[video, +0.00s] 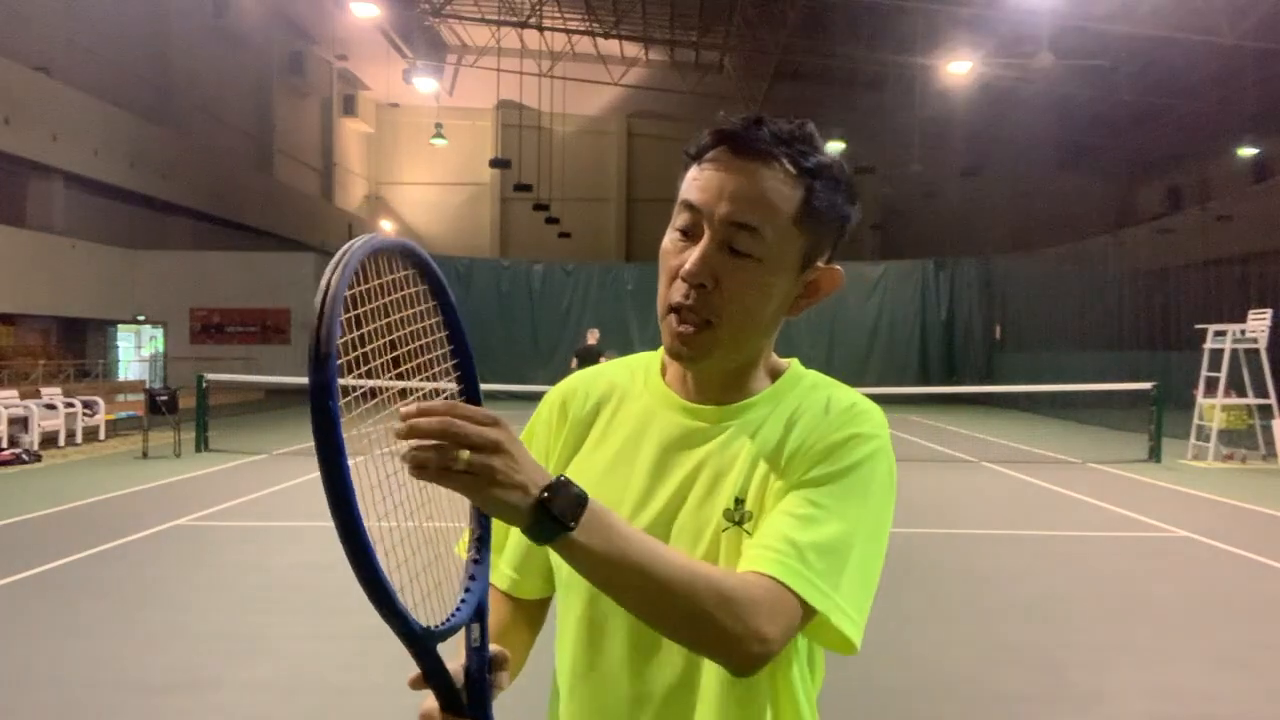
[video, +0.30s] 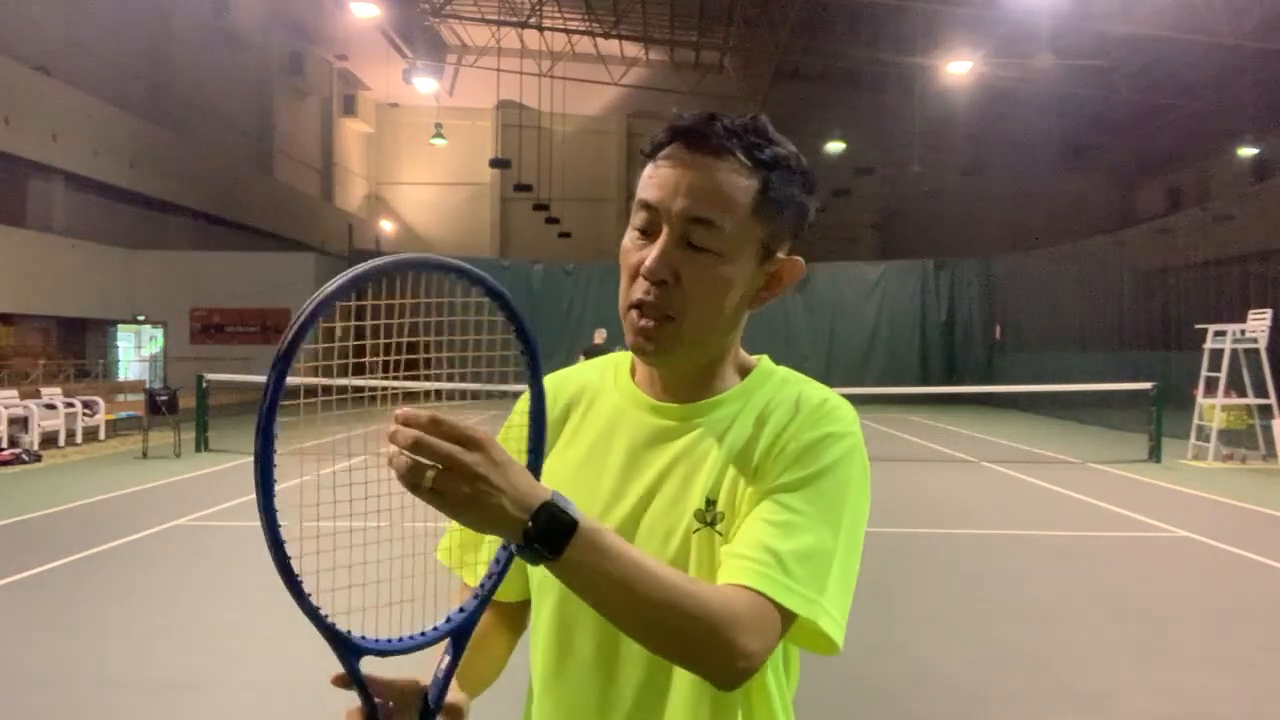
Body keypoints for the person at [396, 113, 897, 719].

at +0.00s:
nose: (692, 268)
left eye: (740, 247)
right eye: (686, 230)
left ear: (808, 290)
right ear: (665, 233)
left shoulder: (839, 432)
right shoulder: (576, 404)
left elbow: (751, 628)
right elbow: (511, 595)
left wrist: (544, 501)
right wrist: (476, 670)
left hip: (741, 715)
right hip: (584, 711)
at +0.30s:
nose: (653, 264)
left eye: (699, 240)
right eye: (644, 227)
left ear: (772, 280)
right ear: (625, 232)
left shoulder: (810, 428)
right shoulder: (550, 407)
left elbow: (735, 645)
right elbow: (498, 605)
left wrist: (534, 518)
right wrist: (445, 690)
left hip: (714, 713)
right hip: (558, 709)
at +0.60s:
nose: (613, 253)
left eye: (652, 227)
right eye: (593, 224)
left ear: (717, 256)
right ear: (565, 242)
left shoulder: (780, 421)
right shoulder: (521, 412)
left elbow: (778, 665)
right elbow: (460, 623)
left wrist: (621, 550)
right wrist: (405, 667)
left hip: (699, 712)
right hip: (542, 708)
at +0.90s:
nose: (593, 256)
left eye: (627, 225)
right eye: (566, 229)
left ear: (689, 253)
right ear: (538, 255)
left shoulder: (771, 421)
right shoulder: (493, 429)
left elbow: (821, 667)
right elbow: (437, 640)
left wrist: (694, 552)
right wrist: (423, 686)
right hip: (533, 707)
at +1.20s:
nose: (518, 264)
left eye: (549, 230)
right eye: (486, 236)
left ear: (606, 257)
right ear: (453, 264)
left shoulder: (688, 420)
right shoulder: (394, 442)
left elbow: (779, 668)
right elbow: (324, 671)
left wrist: (725, 549)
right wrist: (398, 678)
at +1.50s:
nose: (370, 263)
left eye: (398, 224)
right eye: (333, 233)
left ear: (458, 247)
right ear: (296, 266)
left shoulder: (527, 409)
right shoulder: (240, 443)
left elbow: (586, 595)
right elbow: (195, 695)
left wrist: (644, 689)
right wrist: (380, 638)